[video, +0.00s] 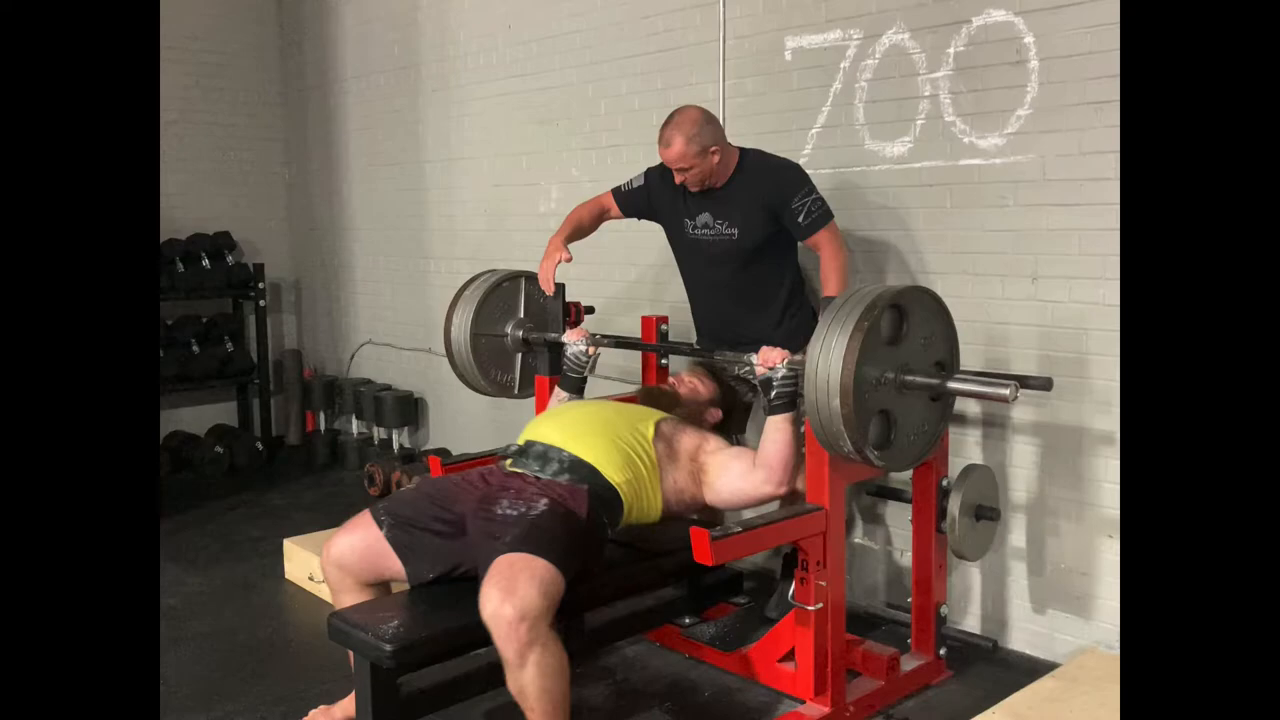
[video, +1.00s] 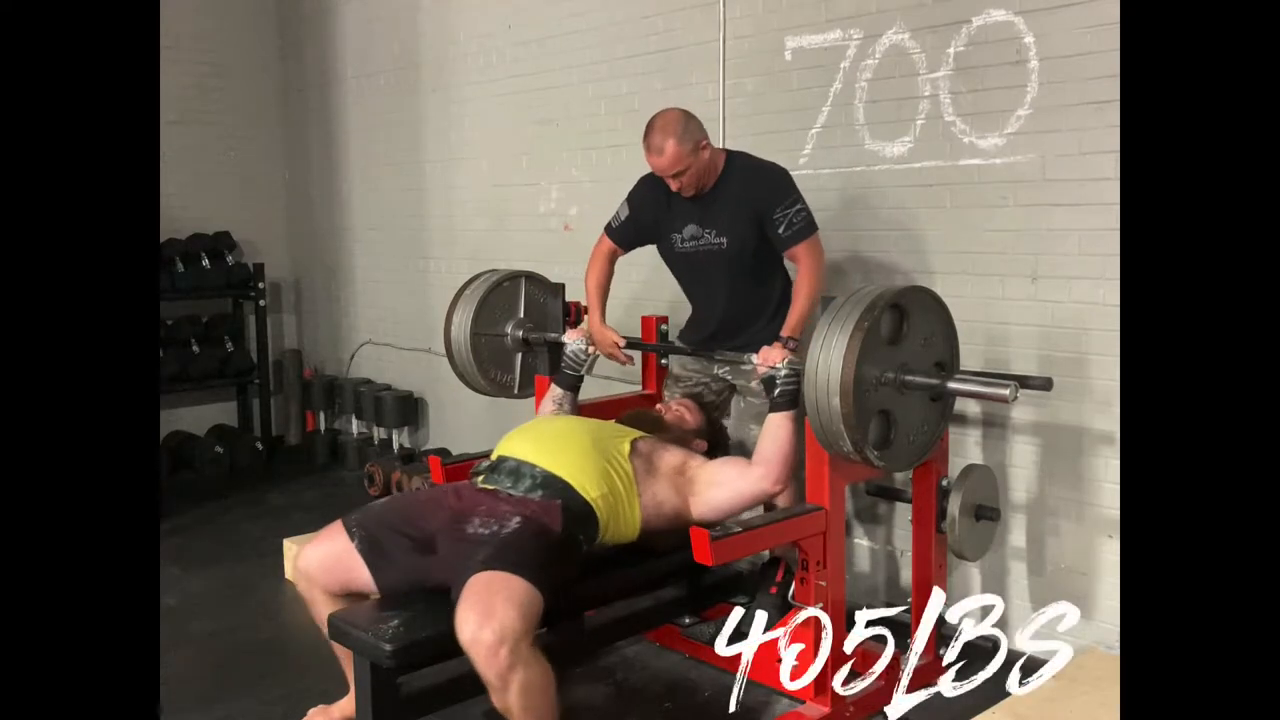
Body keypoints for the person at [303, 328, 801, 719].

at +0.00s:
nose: (677, 373)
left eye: (693, 377)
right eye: (678, 369)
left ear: (715, 409)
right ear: (662, 380)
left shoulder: (699, 448)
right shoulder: (611, 409)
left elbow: (774, 479)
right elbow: (547, 440)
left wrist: (782, 390)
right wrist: (573, 374)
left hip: (560, 498)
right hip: (490, 477)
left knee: (510, 607)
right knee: (342, 555)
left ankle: (550, 716)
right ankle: (370, 689)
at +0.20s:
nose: (659, 366)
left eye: (674, 369)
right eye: (657, 362)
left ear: (691, 403)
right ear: (640, 376)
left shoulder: (678, 445)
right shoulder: (590, 403)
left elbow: (759, 478)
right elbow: (532, 417)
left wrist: (777, 391)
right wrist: (566, 365)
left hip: (525, 498)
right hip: (453, 479)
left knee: (492, 628)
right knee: (313, 567)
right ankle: (360, 692)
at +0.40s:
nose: (658, 376)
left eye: (673, 381)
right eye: (655, 373)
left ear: (686, 419)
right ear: (633, 388)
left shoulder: (671, 456)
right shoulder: (576, 416)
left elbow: (751, 478)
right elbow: (520, 433)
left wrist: (773, 394)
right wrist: (561, 375)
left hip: (519, 512)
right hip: (445, 492)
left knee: (487, 639)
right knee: (301, 573)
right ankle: (358, 694)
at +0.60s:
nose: (675, 404)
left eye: (690, 409)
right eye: (673, 399)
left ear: (707, 434)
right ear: (654, 406)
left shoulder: (692, 467)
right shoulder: (598, 434)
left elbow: (768, 483)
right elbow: (532, 444)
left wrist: (778, 390)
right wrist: (568, 378)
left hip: (548, 507)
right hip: (480, 489)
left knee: (500, 622)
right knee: (323, 559)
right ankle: (361, 693)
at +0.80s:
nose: (681, 404)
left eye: (696, 407)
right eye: (679, 399)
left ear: (715, 437)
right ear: (661, 410)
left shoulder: (700, 469)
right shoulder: (604, 438)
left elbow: (771, 487)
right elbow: (539, 447)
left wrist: (779, 390)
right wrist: (571, 375)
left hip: (555, 506)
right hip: (486, 489)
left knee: (506, 614)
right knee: (330, 556)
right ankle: (363, 692)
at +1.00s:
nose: (675, 402)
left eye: (690, 406)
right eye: (673, 398)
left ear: (706, 436)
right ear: (653, 408)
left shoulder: (691, 470)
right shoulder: (595, 438)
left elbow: (774, 482)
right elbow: (534, 439)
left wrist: (782, 389)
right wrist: (568, 375)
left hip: (539, 511)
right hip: (468, 493)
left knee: (488, 631)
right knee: (308, 562)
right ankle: (360, 693)